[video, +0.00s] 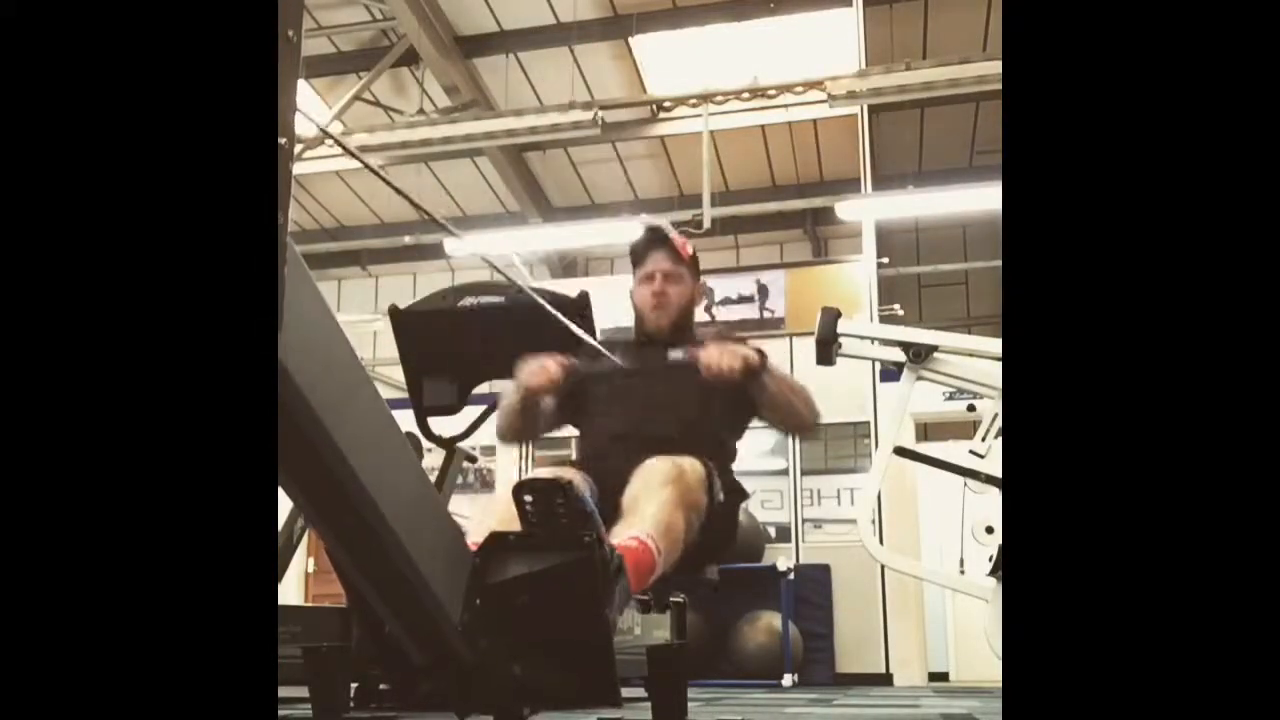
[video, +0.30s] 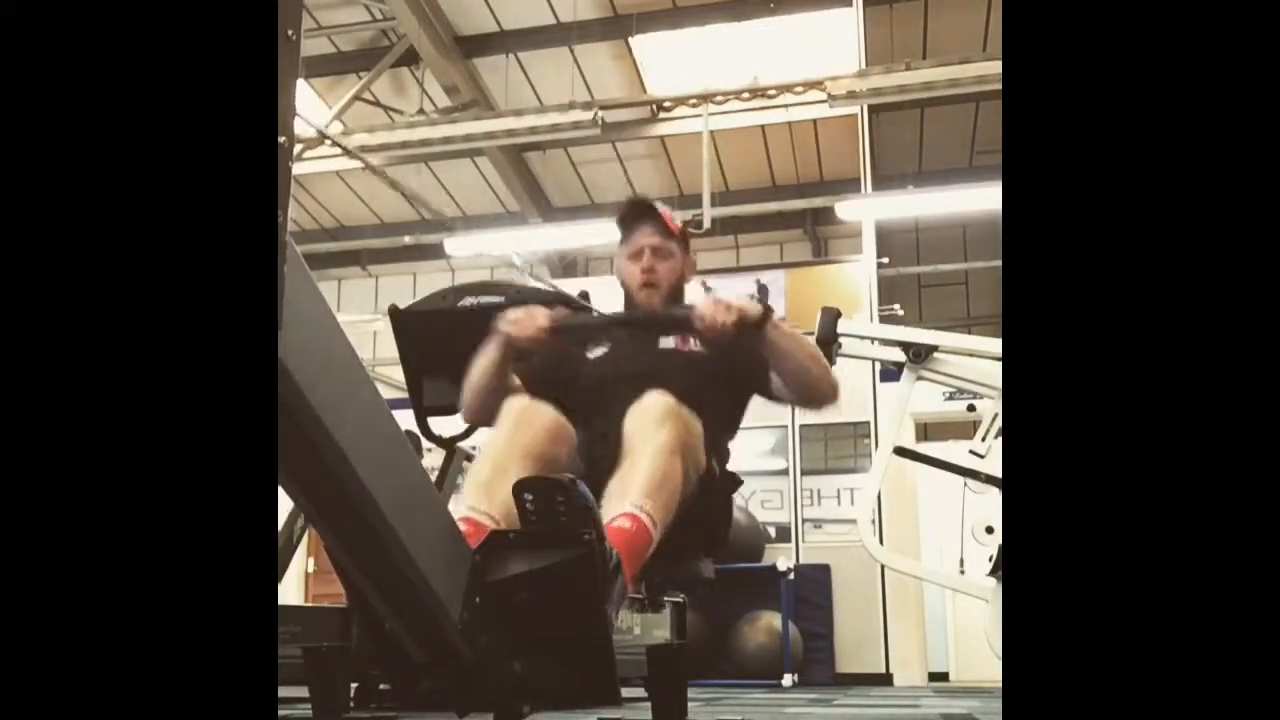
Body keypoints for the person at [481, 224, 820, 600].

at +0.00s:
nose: (658, 289)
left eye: (672, 279)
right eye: (647, 279)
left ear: (697, 292)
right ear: (633, 290)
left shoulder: (726, 355)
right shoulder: (596, 360)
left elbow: (804, 421)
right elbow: (514, 432)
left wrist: (753, 371)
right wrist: (526, 392)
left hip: (697, 499)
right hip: (596, 493)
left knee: (663, 475)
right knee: (538, 485)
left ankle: (608, 589)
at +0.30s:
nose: (648, 264)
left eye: (662, 254)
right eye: (635, 255)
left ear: (687, 265)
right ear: (619, 270)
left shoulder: (723, 338)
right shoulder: (580, 337)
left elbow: (821, 392)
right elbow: (476, 412)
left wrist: (761, 324)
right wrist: (502, 342)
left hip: (684, 500)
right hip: (574, 488)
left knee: (658, 410)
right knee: (526, 412)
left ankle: (606, 572)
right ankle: (458, 556)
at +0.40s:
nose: (631, 228)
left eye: (646, 215)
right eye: (618, 217)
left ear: (673, 230)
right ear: (603, 232)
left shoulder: (712, 307)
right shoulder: (563, 314)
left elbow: (797, 352)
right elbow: (459, 391)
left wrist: (740, 299)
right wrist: (455, 329)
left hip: (681, 496)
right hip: (566, 491)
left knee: (651, 374)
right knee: (509, 380)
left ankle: (607, 569)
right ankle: (446, 555)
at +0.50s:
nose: (610, 185)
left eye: (627, 169)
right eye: (594, 173)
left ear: (656, 187)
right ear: (578, 197)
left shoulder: (703, 270)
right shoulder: (541, 281)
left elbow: (766, 323)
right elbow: (449, 348)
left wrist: (710, 285)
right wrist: (415, 326)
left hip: (671, 489)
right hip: (551, 487)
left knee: (649, 344)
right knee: (488, 352)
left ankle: (607, 558)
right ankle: (442, 557)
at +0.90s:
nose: (643, 221)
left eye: (658, 213)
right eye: (631, 213)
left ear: (684, 231)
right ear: (615, 230)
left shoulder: (713, 295)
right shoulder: (580, 307)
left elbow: (763, 353)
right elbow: (501, 358)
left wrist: (722, 312)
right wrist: (479, 326)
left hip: (687, 490)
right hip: (576, 483)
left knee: (670, 415)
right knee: (517, 418)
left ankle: (611, 575)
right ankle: (452, 560)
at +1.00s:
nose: (655, 272)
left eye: (670, 262)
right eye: (643, 263)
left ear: (694, 277)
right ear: (627, 276)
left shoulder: (724, 345)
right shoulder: (594, 349)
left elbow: (787, 404)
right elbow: (511, 409)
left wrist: (747, 356)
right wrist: (513, 367)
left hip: (691, 488)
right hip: (592, 484)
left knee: (666, 462)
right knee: (533, 464)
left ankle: (609, 582)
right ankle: (470, 567)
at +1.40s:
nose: (638, 252)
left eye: (653, 241)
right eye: (626, 241)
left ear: (679, 256)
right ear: (611, 254)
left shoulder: (714, 331)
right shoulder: (569, 334)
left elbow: (800, 386)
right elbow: (471, 403)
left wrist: (747, 331)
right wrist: (474, 346)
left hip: (680, 504)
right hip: (565, 495)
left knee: (652, 391)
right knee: (526, 397)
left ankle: (607, 564)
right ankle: (454, 550)